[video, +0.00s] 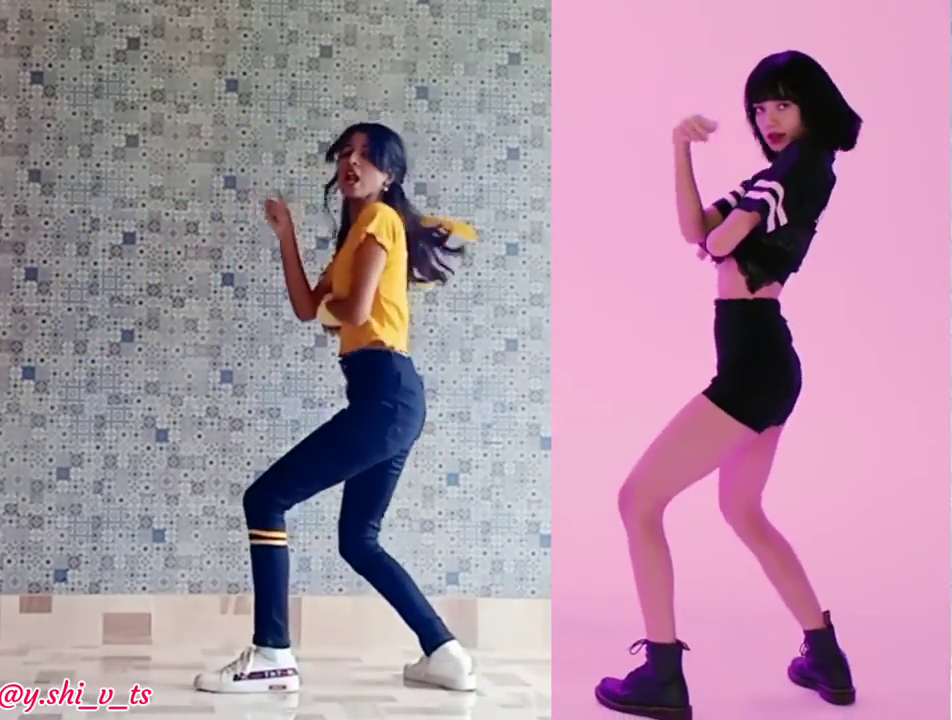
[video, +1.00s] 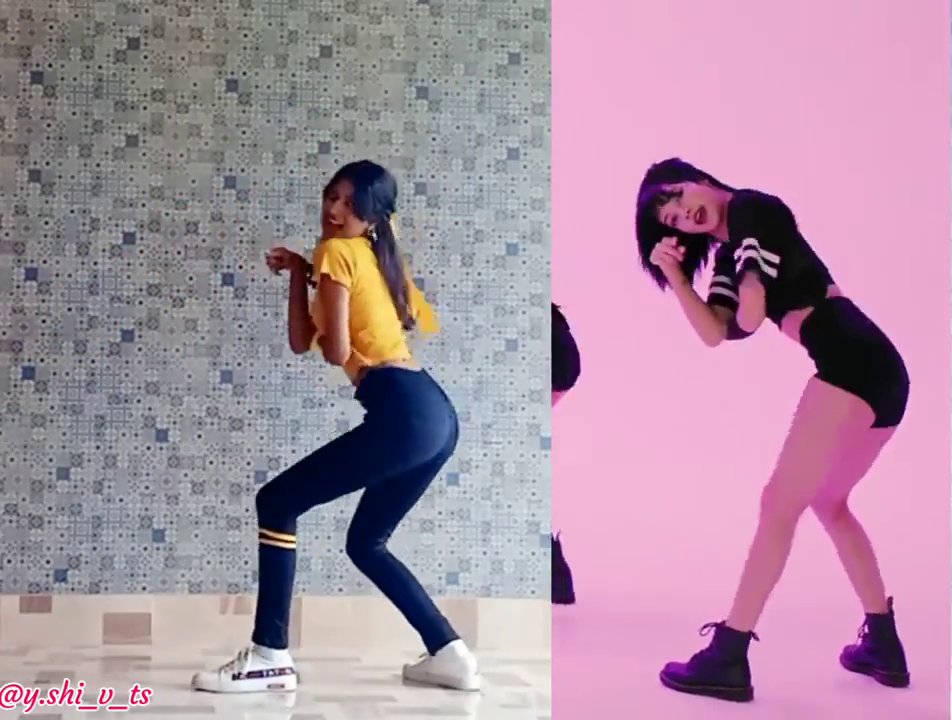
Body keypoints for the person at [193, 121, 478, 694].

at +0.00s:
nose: (350, 163)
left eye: (364, 157)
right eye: (345, 154)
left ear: (388, 173)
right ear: (338, 166)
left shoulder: (378, 220)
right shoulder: (359, 231)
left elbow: (359, 310)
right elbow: (305, 306)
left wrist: (328, 308)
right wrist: (286, 237)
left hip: (383, 397)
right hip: (395, 399)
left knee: (265, 500)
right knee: (358, 543)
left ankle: (271, 656)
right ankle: (445, 653)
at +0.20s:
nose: (346, 166)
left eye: (359, 159)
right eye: (343, 157)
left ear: (387, 172)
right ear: (343, 166)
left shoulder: (368, 218)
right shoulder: (377, 226)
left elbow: (349, 311)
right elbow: (300, 300)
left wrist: (328, 303)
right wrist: (275, 231)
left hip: (381, 398)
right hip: (404, 400)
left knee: (262, 499)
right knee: (360, 541)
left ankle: (269, 656)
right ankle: (444, 652)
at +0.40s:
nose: (337, 181)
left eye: (350, 176)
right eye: (341, 171)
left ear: (375, 198)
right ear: (373, 198)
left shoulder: (345, 233)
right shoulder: (372, 242)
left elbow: (333, 333)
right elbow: (290, 316)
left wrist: (323, 307)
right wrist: (279, 249)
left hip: (392, 414)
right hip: (421, 414)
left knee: (267, 500)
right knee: (359, 545)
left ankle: (268, 654)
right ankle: (448, 651)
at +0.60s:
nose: (331, 225)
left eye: (346, 224)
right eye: (334, 214)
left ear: (367, 247)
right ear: (330, 216)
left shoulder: (326, 277)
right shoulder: (370, 281)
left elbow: (323, 381)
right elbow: (284, 363)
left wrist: (311, 345)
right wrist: (284, 293)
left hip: (393, 447)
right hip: (429, 445)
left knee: (261, 502)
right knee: (350, 560)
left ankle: (267, 654)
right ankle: (446, 652)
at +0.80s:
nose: (320, 194)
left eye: (333, 191)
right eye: (324, 182)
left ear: (356, 208)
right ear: (363, 209)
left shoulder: (321, 243)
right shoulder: (373, 249)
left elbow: (326, 341)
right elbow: (289, 330)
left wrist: (328, 333)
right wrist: (281, 263)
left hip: (395, 397)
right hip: (440, 408)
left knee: (286, 502)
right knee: (370, 535)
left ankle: (269, 655)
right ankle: (448, 650)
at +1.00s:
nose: (328, 208)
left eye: (340, 202)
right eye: (329, 197)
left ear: (365, 215)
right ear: (360, 211)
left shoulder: (338, 249)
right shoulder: (372, 256)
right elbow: (299, 340)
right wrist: (298, 274)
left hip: (402, 417)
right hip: (437, 420)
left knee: (276, 502)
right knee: (366, 543)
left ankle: (268, 656)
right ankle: (447, 652)